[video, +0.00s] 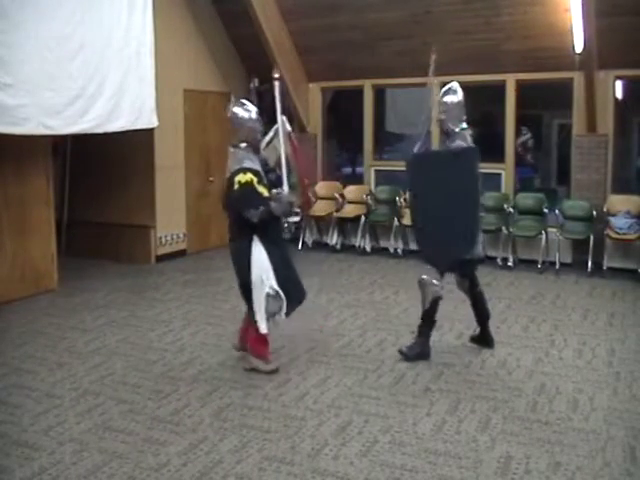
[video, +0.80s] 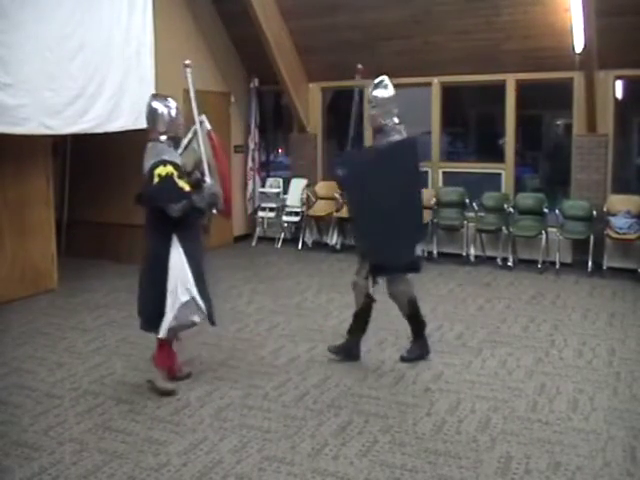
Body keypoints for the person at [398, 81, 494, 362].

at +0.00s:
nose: (443, 114)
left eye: (449, 109)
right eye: (441, 109)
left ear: (458, 113)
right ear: (438, 110)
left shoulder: (461, 142)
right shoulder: (435, 139)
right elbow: (415, 161)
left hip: (454, 220)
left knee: (432, 278)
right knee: (468, 279)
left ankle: (422, 342)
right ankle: (485, 333)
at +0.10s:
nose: (432, 115)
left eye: (438, 110)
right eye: (431, 110)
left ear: (451, 114)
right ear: (429, 112)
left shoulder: (456, 146)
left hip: (440, 224)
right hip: (455, 223)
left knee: (423, 280)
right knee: (467, 279)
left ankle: (422, 342)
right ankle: (485, 333)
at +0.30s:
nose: (418, 111)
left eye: (423, 105)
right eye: (416, 105)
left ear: (434, 107)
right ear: (413, 108)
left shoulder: (436, 144)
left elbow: (451, 193)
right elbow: (399, 194)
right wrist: (399, 229)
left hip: (430, 223)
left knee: (415, 278)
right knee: (434, 274)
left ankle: (421, 342)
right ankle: (466, 319)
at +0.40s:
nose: (407, 110)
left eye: (413, 104)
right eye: (407, 104)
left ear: (423, 107)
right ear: (406, 107)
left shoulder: (432, 143)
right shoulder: (412, 140)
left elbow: (440, 191)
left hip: (429, 220)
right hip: (415, 219)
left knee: (414, 276)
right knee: (418, 272)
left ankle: (421, 340)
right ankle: (444, 318)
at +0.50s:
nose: (400, 109)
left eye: (404, 103)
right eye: (399, 103)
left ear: (413, 107)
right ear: (399, 107)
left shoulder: (424, 143)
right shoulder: (406, 140)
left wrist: (380, 167)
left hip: (422, 222)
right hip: (408, 220)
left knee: (412, 276)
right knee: (396, 273)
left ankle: (419, 341)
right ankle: (416, 331)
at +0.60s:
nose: (390, 110)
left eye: (395, 104)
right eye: (389, 104)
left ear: (406, 106)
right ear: (387, 107)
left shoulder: (415, 139)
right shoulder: (396, 138)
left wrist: (375, 171)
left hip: (417, 222)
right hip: (398, 221)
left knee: (410, 279)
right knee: (383, 275)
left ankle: (421, 343)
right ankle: (383, 336)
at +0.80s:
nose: (371, 116)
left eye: (375, 110)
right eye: (371, 110)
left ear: (385, 113)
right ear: (380, 113)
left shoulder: (396, 143)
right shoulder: (382, 142)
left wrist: (349, 171)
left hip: (390, 227)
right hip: (377, 226)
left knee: (399, 287)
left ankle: (420, 342)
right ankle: (352, 343)